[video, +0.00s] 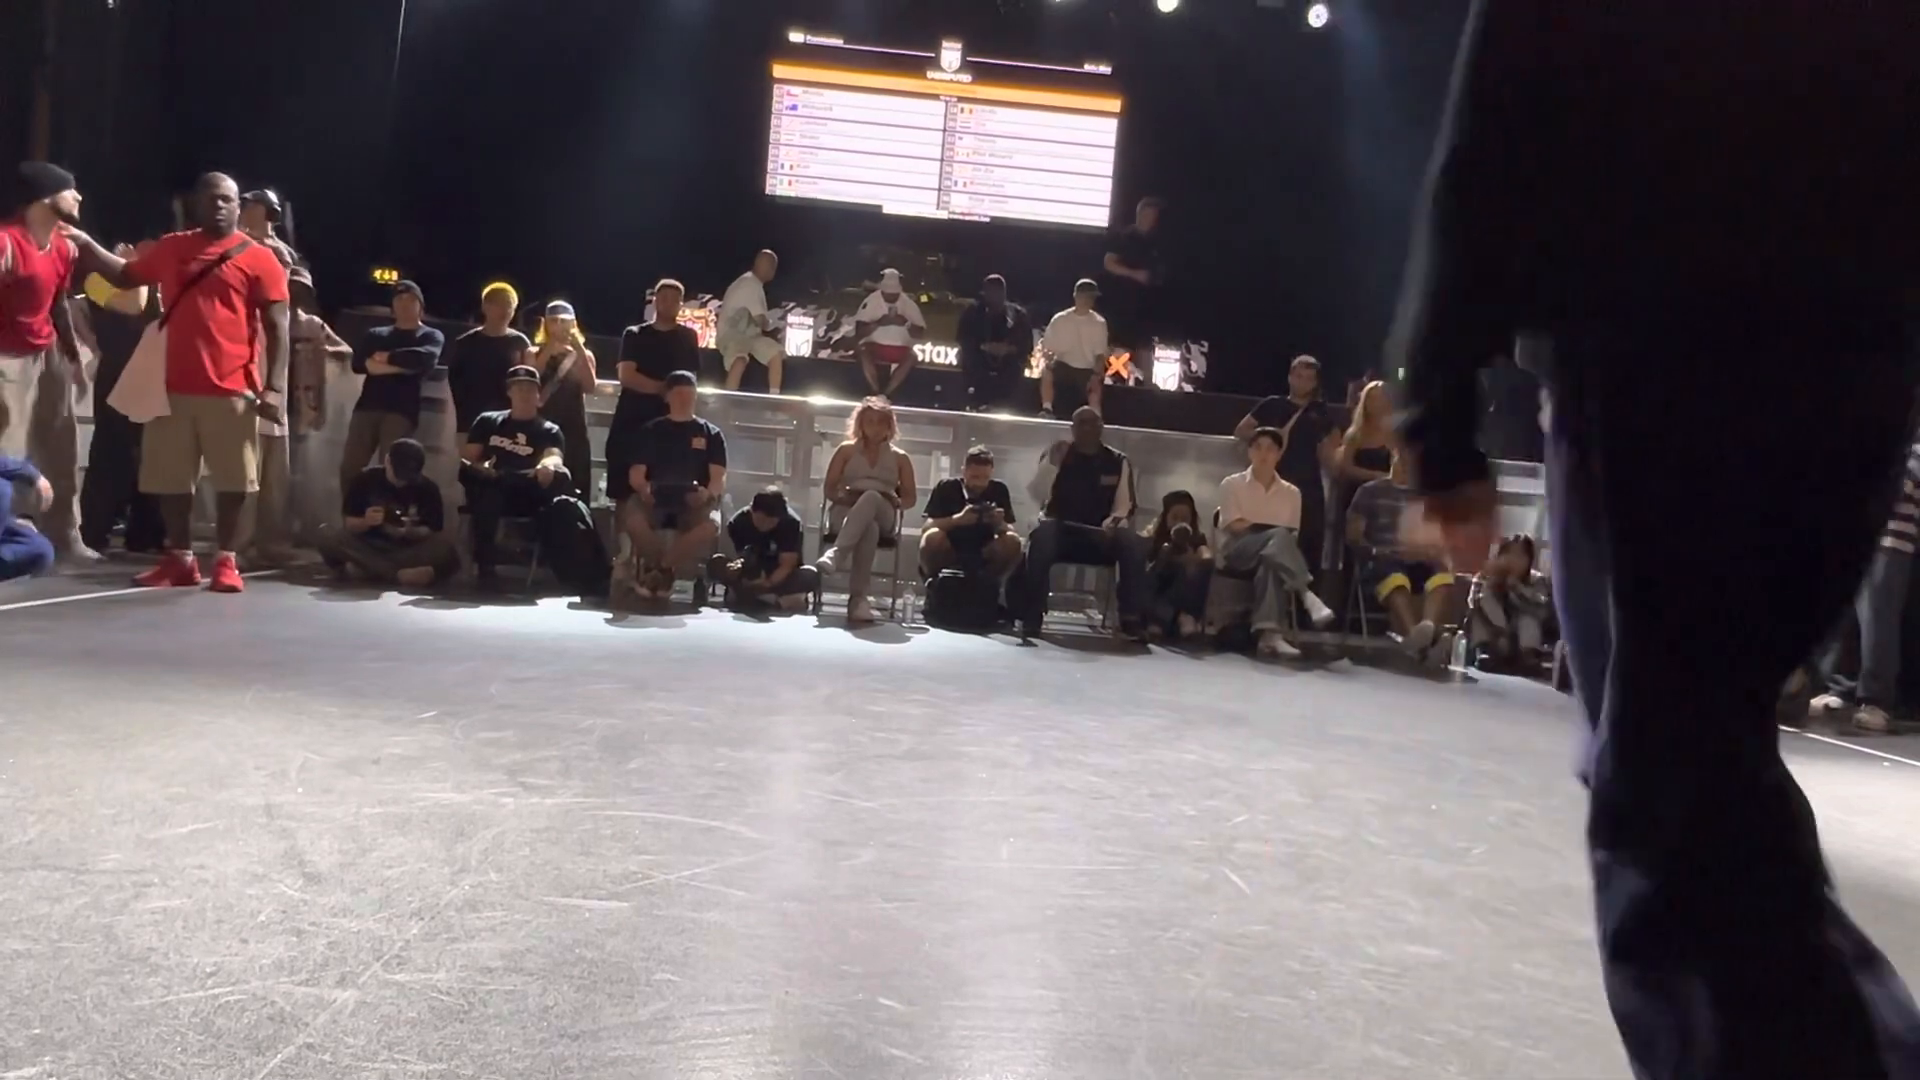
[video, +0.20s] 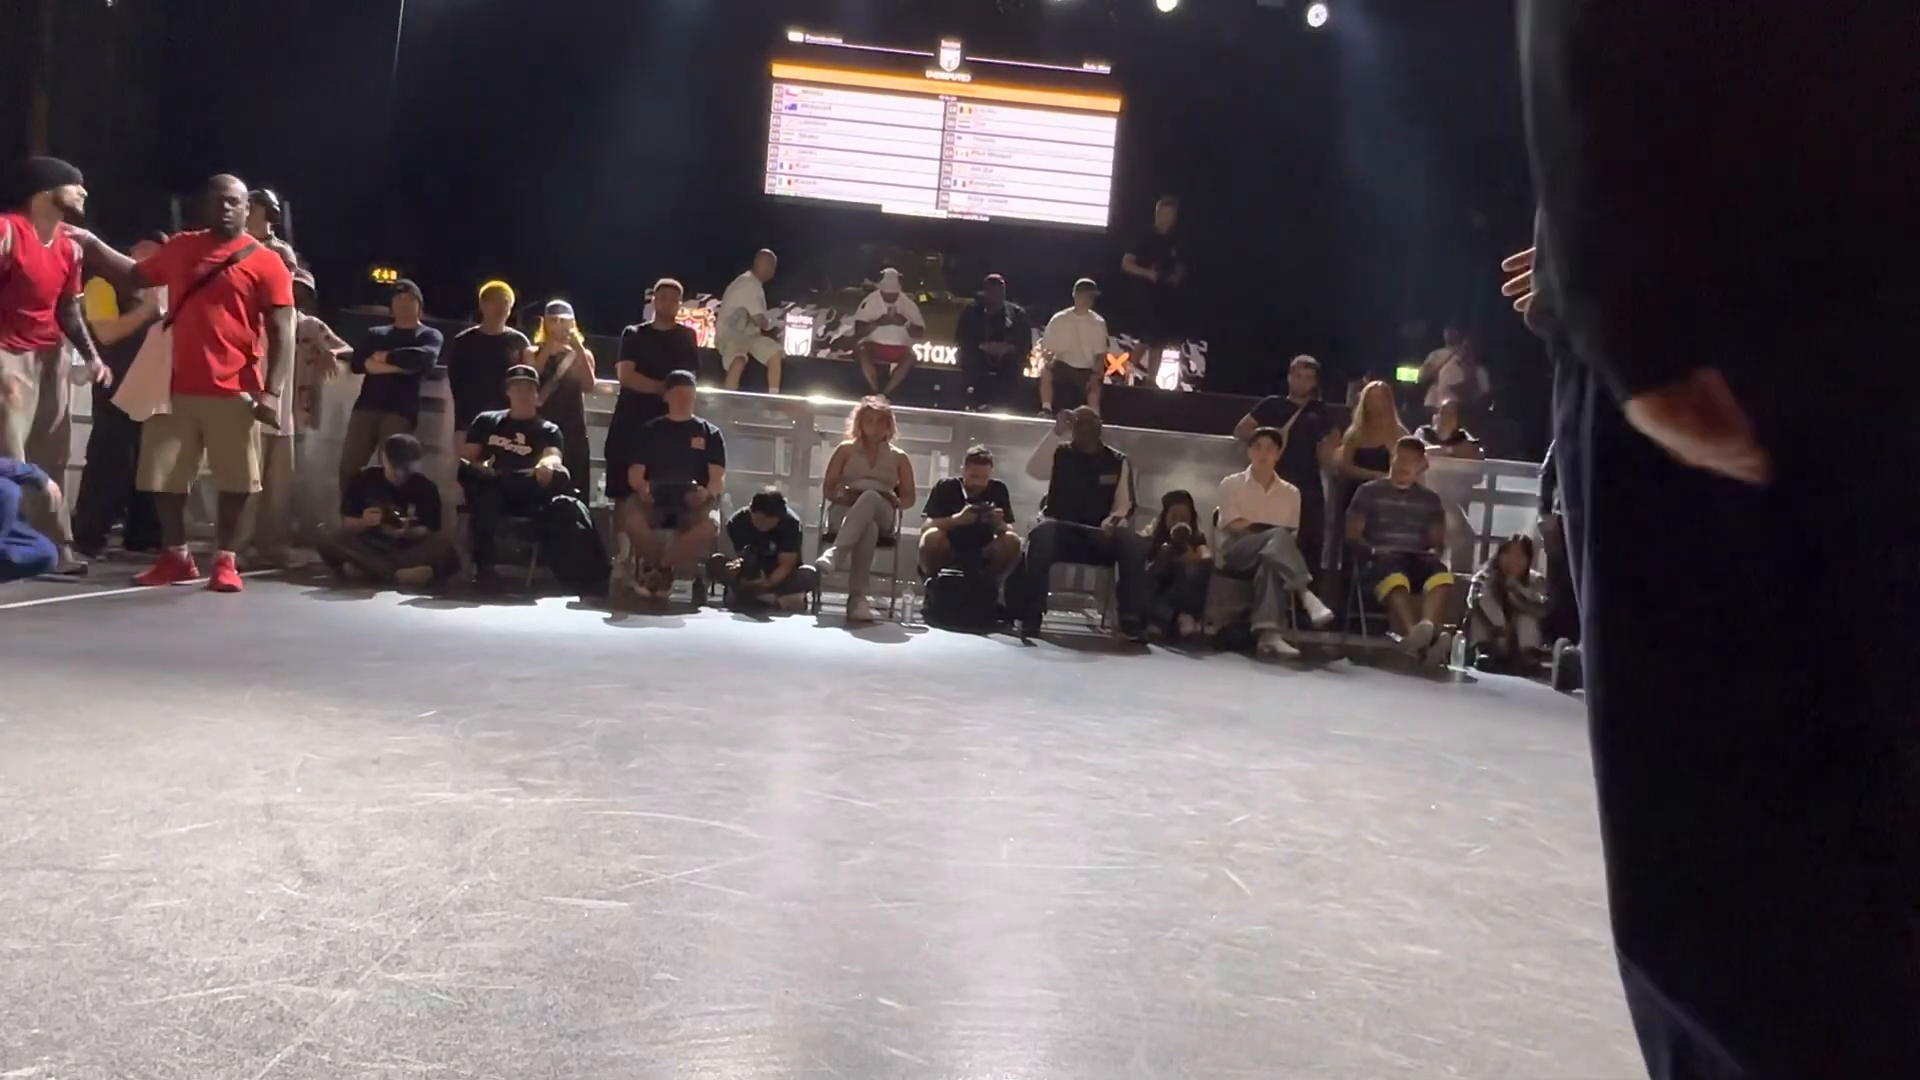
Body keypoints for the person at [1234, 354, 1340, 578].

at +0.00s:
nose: (1301, 377)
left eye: (1307, 374)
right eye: (1297, 373)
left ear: (1316, 382)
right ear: (1289, 377)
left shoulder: (1321, 411)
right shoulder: (1272, 404)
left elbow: (1331, 450)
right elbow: (1241, 430)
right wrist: (1270, 439)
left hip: (1308, 486)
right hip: (1272, 484)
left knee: (1309, 545)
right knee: (1270, 541)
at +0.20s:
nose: (1302, 381)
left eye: (1308, 377)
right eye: (1297, 375)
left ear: (1315, 382)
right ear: (1289, 378)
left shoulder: (1320, 412)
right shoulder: (1273, 404)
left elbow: (1329, 455)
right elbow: (1241, 430)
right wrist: (1269, 444)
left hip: (1307, 486)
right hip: (1271, 483)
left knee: (1308, 545)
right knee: (1269, 540)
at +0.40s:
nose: (1302, 384)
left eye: (1308, 379)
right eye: (1297, 377)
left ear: (1316, 384)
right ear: (1289, 380)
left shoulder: (1321, 413)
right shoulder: (1272, 406)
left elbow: (1333, 448)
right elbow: (1241, 432)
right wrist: (1269, 444)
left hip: (1308, 486)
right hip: (1272, 483)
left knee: (1309, 544)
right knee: (1270, 539)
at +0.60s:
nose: (1300, 385)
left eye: (1306, 380)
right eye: (1295, 378)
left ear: (1313, 385)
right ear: (1287, 380)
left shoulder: (1318, 412)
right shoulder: (1271, 407)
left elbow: (1331, 445)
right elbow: (1239, 432)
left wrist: (1309, 457)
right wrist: (1267, 448)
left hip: (1306, 486)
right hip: (1270, 484)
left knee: (1307, 544)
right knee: (1268, 539)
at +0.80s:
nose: (1297, 385)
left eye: (1303, 380)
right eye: (1292, 379)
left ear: (1309, 385)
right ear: (1283, 380)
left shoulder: (1313, 413)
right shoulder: (1266, 407)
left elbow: (1325, 450)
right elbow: (1235, 432)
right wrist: (1264, 444)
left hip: (1302, 487)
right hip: (1268, 485)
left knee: (1303, 546)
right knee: (1267, 539)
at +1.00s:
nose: (1293, 383)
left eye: (1299, 379)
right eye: (1289, 378)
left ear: (1305, 384)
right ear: (1279, 379)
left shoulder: (1309, 412)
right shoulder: (1262, 406)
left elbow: (1311, 448)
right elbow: (1232, 431)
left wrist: (1315, 470)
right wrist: (1259, 447)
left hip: (1299, 485)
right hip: (1267, 481)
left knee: (1300, 546)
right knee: (1269, 537)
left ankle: (1298, 601)